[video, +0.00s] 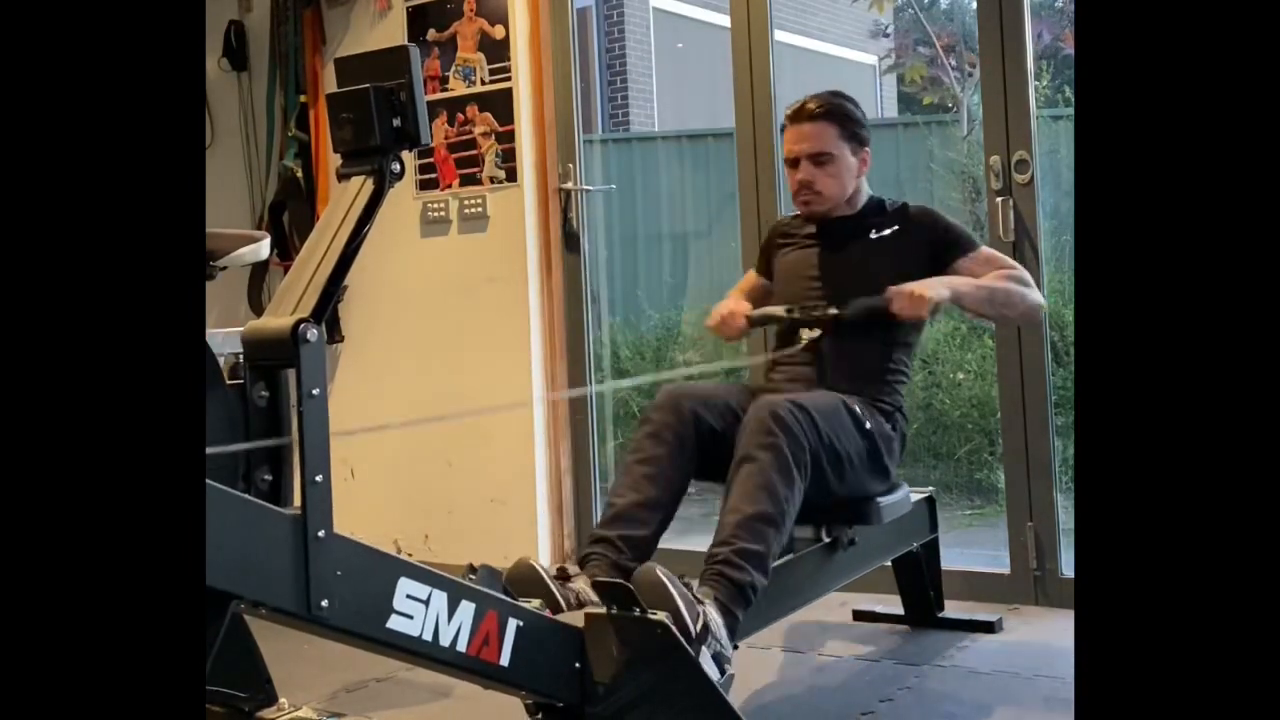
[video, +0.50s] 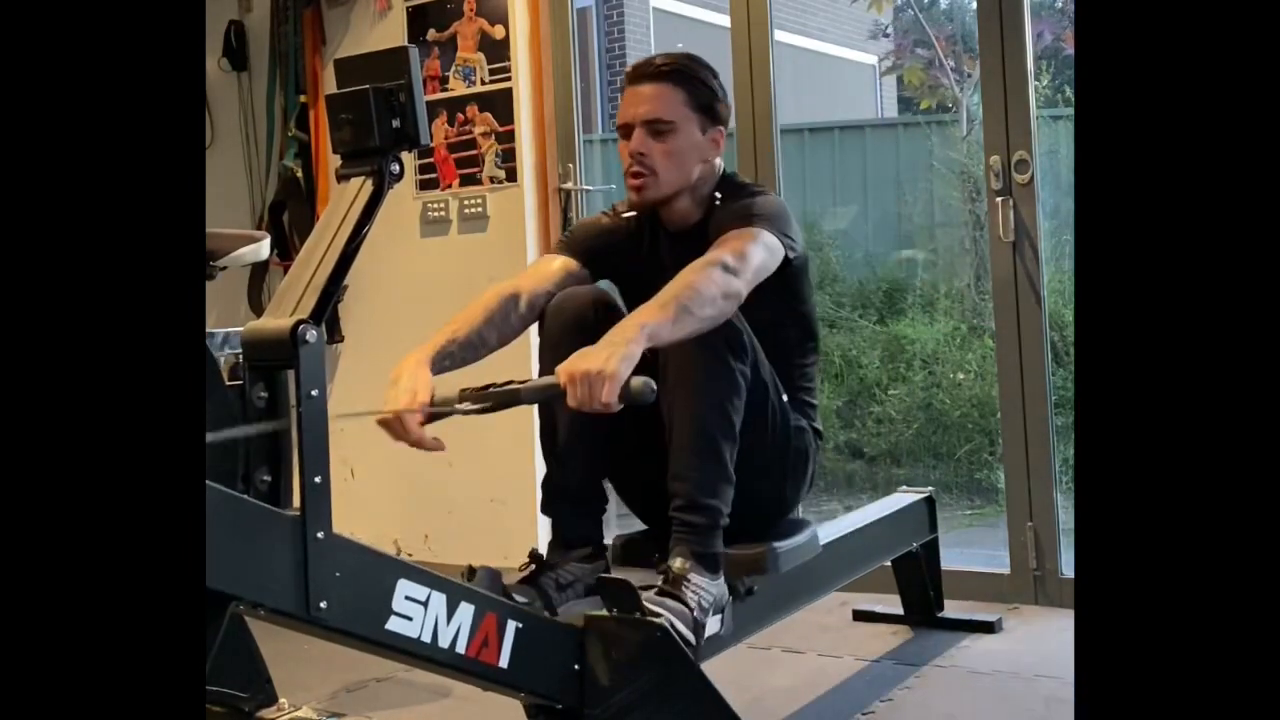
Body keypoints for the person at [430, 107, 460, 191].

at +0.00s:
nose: (446, 118)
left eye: (446, 115)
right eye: (444, 115)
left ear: (444, 116)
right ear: (440, 116)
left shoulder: (444, 125)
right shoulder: (437, 123)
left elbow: (453, 132)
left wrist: (457, 122)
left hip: (443, 147)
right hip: (439, 147)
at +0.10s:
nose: (446, 118)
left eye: (446, 115)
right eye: (444, 115)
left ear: (444, 116)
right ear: (440, 116)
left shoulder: (444, 125)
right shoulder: (437, 124)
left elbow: (453, 132)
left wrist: (457, 122)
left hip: (443, 147)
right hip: (439, 147)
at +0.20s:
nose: (446, 118)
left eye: (446, 115)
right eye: (444, 115)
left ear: (444, 116)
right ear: (440, 116)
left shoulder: (444, 125)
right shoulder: (437, 124)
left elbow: (453, 132)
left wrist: (457, 122)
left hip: (443, 147)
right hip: (439, 147)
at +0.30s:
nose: (446, 118)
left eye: (446, 115)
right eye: (444, 116)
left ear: (444, 116)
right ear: (440, 116)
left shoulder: (444, 125)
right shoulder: (437, 124)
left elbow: (453, 132)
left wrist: (457, 122)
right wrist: (442, 150)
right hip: (439, 148)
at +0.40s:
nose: (446, 118)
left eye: (446, 115)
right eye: (444, 115)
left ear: (444, 116)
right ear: (440, 115)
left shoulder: (444, 125)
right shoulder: (437, 124)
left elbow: (453, 132)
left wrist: (457, 122)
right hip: (439, 148)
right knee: (454, 177)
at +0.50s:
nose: (446, 118)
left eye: (446, 115)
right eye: (445, 115)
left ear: (443, 116)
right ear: (441, 115)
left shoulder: (443, 125)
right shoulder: (437, 124)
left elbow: (453, 132)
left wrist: (457, 122)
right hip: (439, 148)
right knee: (454, 177)